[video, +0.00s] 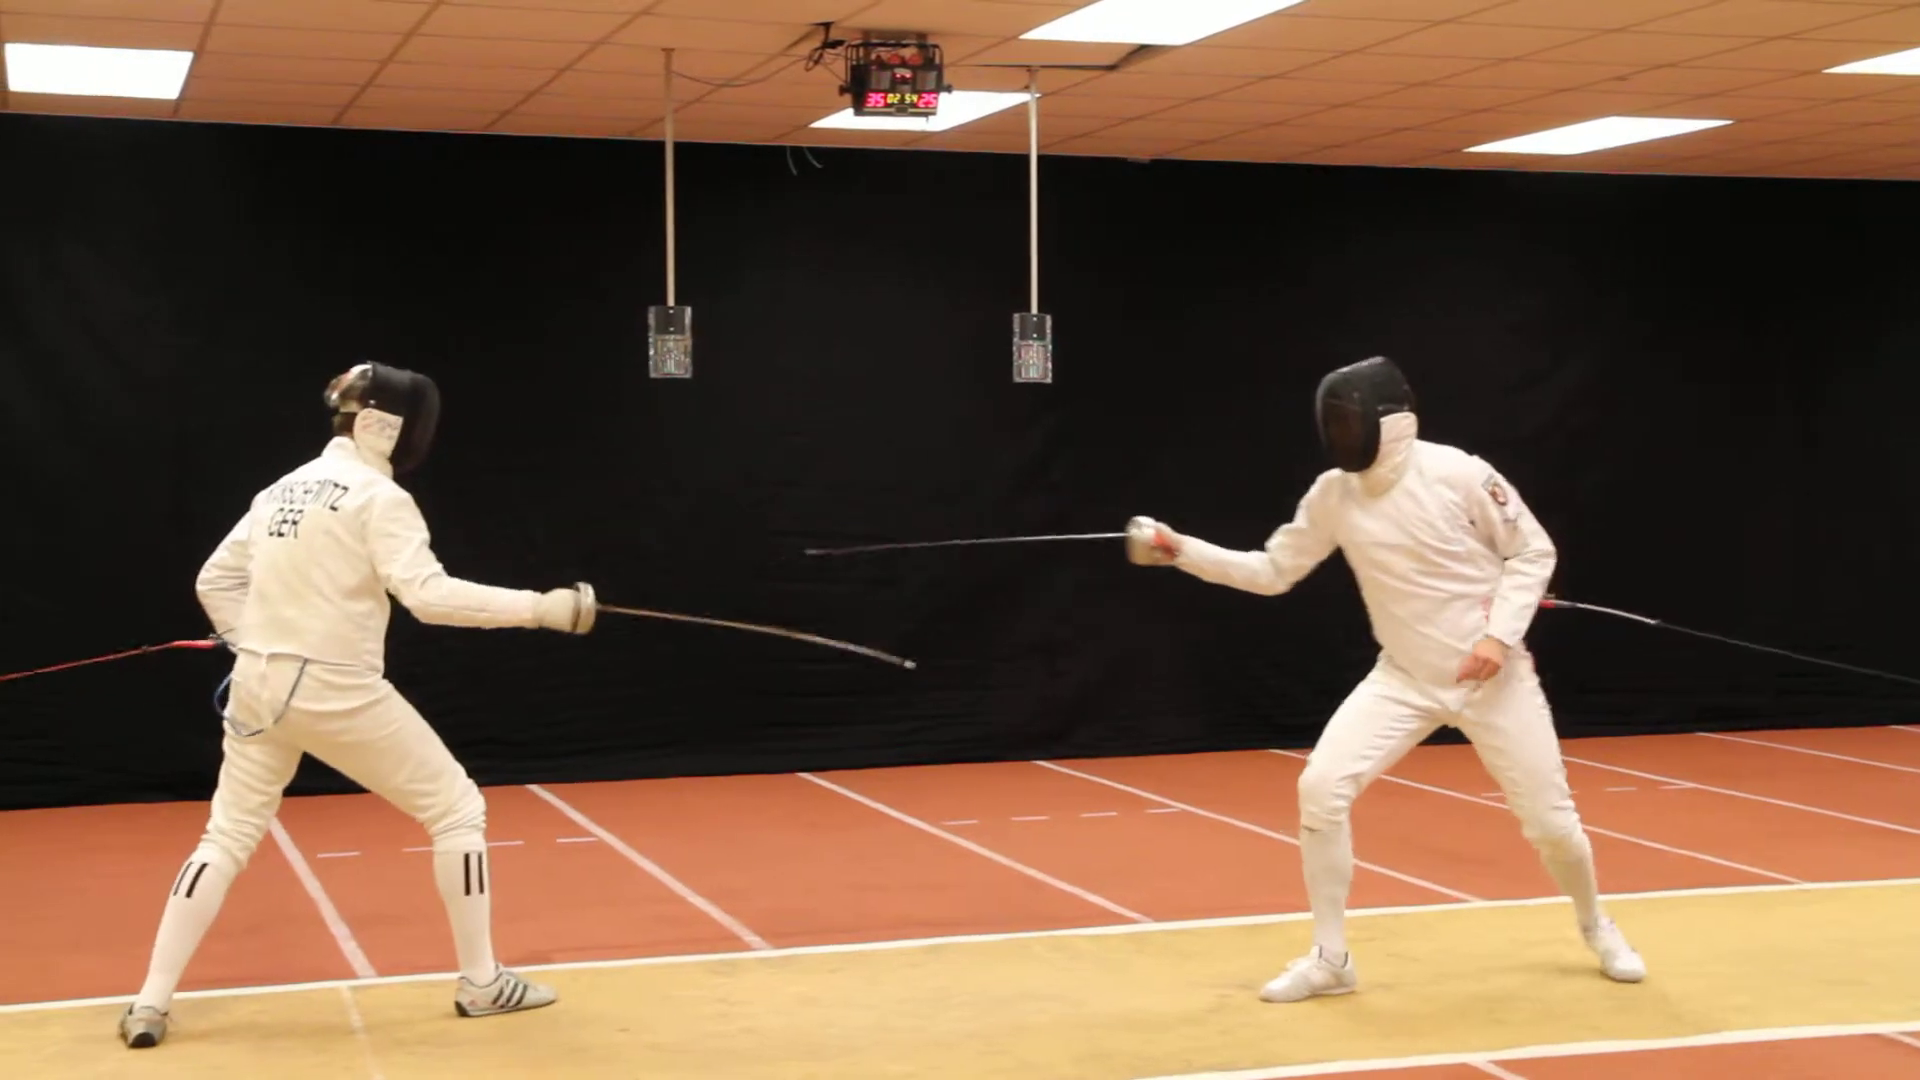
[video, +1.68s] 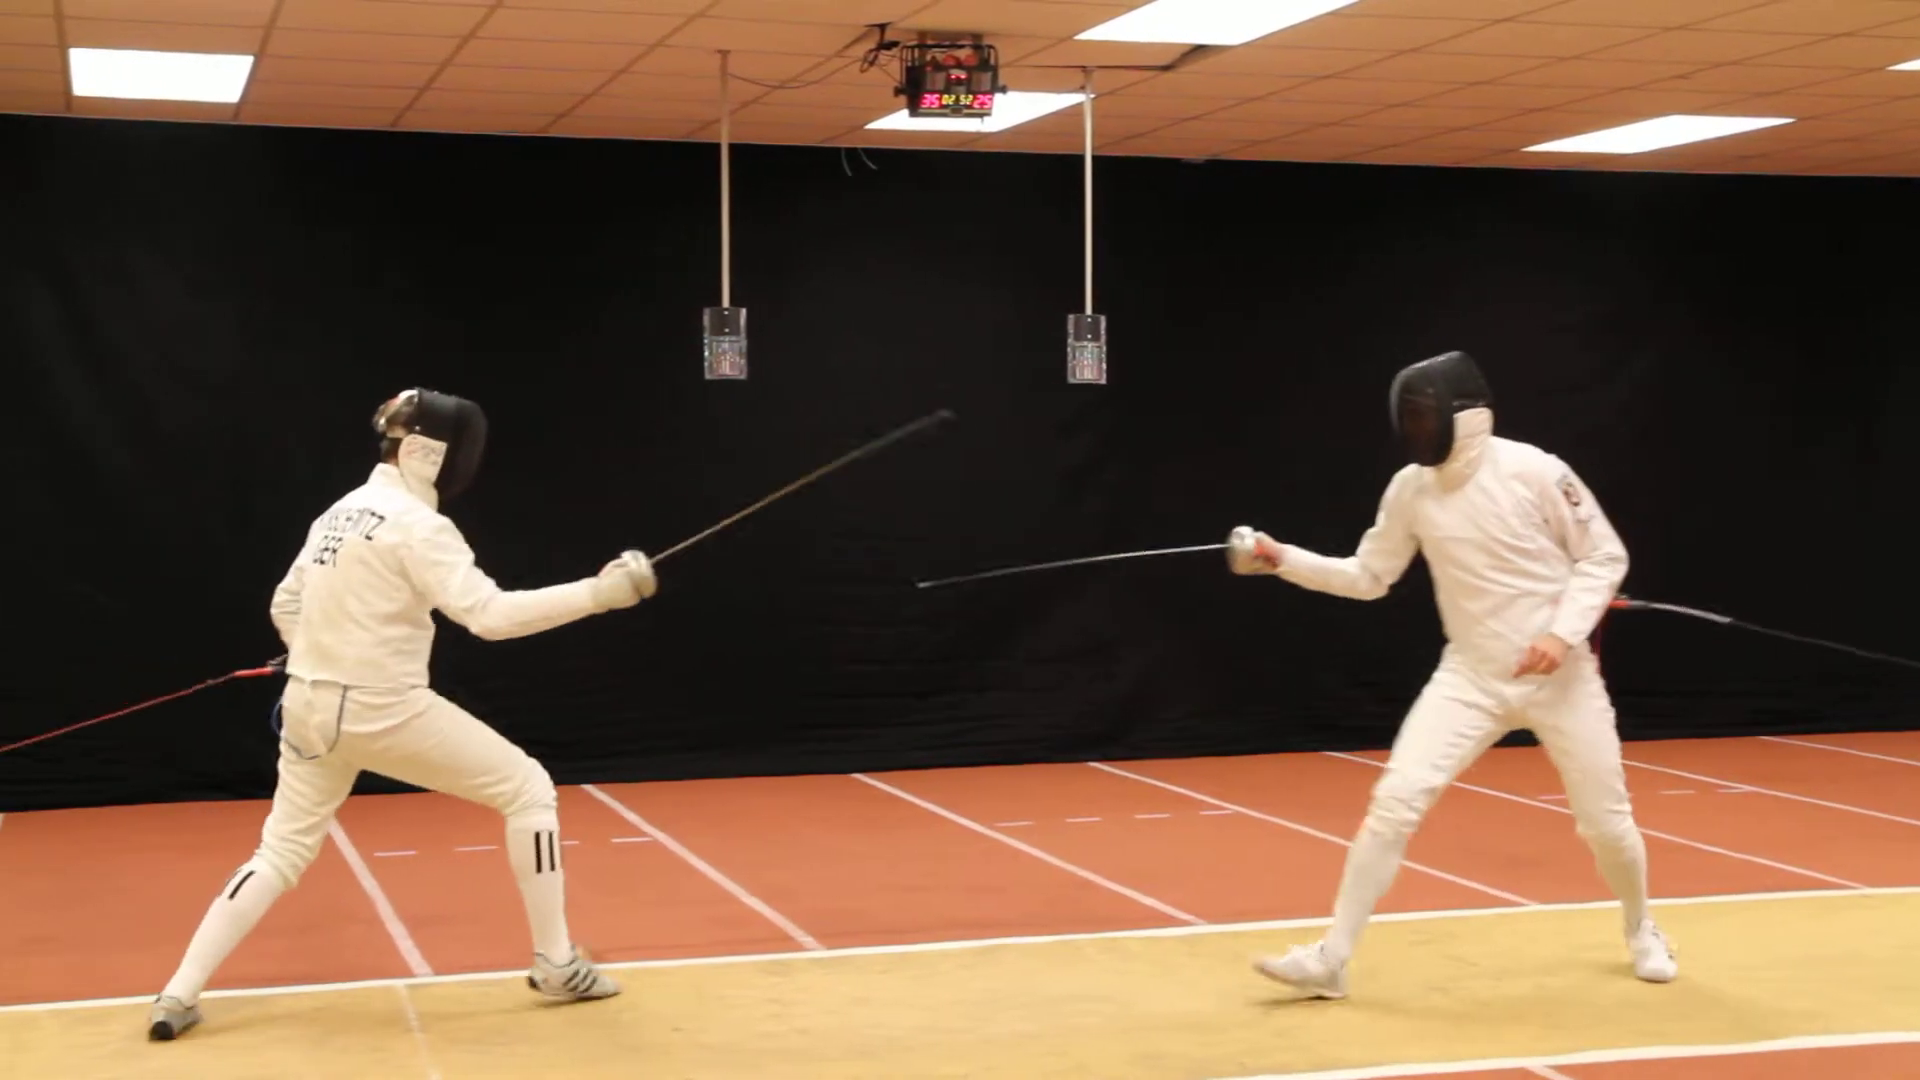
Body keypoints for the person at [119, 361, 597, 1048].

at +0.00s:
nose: (415, 440)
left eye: (415, 426)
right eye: (412, 427)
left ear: (341, 417)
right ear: (393, 427)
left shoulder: (279, 493)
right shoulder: (380, 499)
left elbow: (216, 581)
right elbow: (428, 595)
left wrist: (262, 651)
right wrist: (544, 606)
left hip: (256, 689)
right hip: (339, 691)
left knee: (225, 837)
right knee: (456, 811)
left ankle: (150, 1003)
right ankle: (482, 981)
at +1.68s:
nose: (455, 463)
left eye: (454, 450)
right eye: (449, 450)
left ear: (396, 448)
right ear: (421, 451)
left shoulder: (339, 515)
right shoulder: (420, 528)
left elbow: (286, 604)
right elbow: (489, 613)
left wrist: (322, 670)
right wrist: (600, 591)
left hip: (308, 710)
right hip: (388, 709)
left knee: (279, 854)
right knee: (527, 789)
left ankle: (176, 995)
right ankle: (557, 961)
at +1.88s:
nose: (503, 471)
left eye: (493, 453)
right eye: (502, 458)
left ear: (438, 449)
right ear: (488, 459)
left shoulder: (379, 518)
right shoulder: (473, 530)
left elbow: (320, 603)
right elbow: (560, 604)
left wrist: (355, 675)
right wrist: (670, 580)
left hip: (345, 709)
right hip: (427, 714)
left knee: (293, 851)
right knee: (553, 812)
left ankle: (184, 993)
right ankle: (615, 967)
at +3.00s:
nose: (563, 482)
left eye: (555, 466)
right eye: (560, 469)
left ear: (499, 462)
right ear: (542, 470)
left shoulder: (445, 530)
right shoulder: (527, 538)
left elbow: (392, 619)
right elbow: (603, 625)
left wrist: (422, 686)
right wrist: (715, 613)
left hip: (408, 713)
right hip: (487, 716)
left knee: (357, 857)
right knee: (625, 788)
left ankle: (242, 990)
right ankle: (662, 955)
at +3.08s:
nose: (560, 468)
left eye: (555, 453)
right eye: (563, 457)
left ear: (533, 458)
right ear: (564, 465)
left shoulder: (477, 524)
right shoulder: (560, 531)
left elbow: (421, 611)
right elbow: (650, 606)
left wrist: (452, 679)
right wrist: (762, 592)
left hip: (435, 708)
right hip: (516, 707)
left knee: (361, 848)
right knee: (653, 777)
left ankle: (242, 984)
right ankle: (696, 939)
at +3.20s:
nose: (656, 473)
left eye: (633, 456)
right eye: (659, 463)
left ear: (599, 458)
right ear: (655, 467)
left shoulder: (541, 521)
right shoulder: (646, 529)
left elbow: (473, 604)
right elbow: (737, 581)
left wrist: (494, 673)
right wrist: (844, 568)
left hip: (495, 692)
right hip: (579, 701)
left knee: (397, 827)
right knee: (689, 813)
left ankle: (267, 951)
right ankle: (770, 956)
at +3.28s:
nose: (704, 481)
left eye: (685, 463)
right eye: (704, 470)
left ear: (639, 467)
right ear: (694, 476)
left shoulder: (576, 531)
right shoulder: (689, 540)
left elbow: (502, 613)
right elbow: (778, 600)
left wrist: (493, 702)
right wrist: (879, 573)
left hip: (533, 701)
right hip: (619, 708)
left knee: (446, 838)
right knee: (734, 796)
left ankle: (313, 942)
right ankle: (780, 956)